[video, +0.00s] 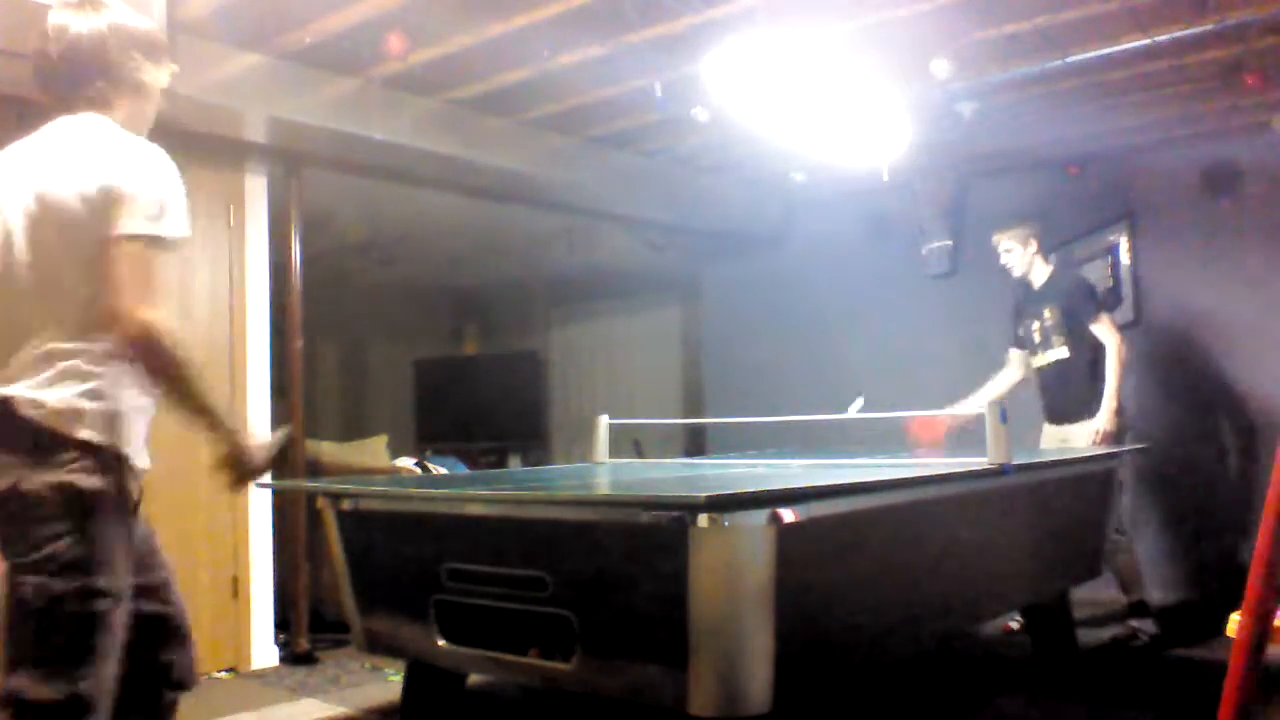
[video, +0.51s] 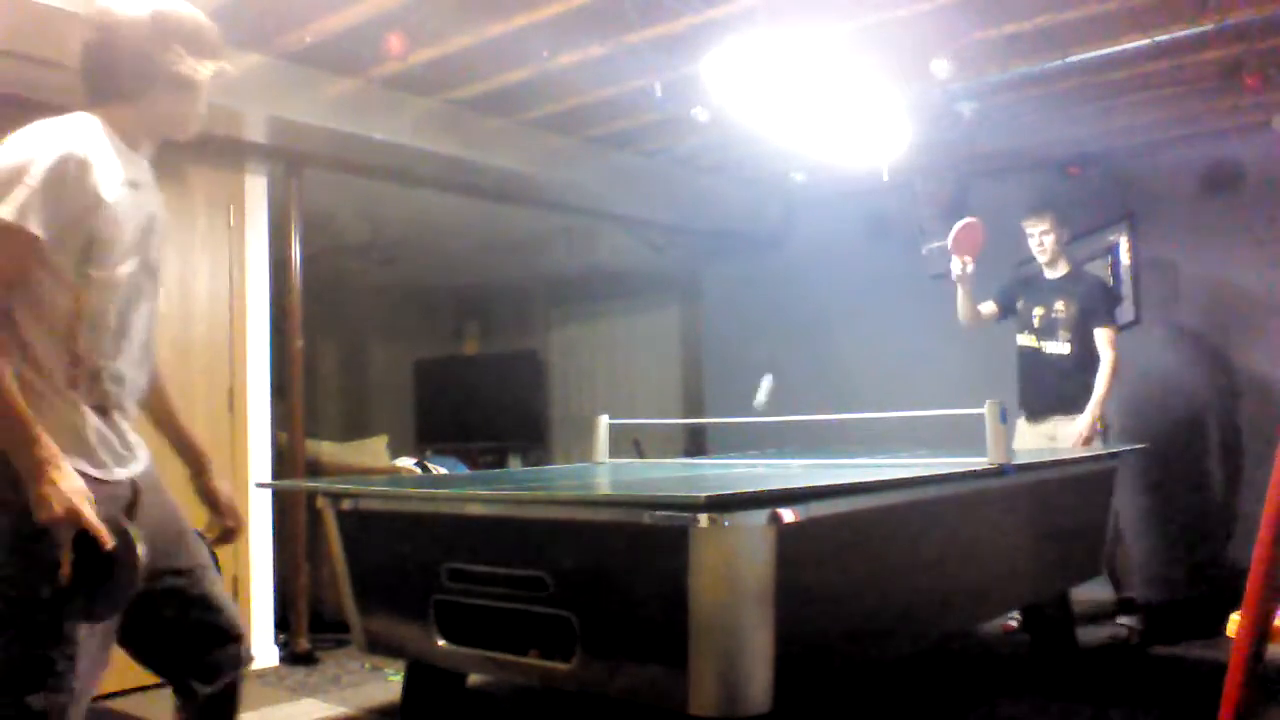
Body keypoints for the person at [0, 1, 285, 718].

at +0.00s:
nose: (167, 81)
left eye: (164, 62)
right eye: (158, 63)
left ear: (70, 73)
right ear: (126, 70)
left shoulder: (15, 160)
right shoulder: (134, 161)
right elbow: (134, 319)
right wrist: (231, 438)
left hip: (21, 459)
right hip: (72, 467)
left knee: (161, 657)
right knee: (61, 692)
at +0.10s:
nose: (170, 73)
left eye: (167, 54)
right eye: (160, 55)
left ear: (72, 66)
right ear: (126, 62)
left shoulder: (26, 149)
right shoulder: (103, 149)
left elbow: (35, 320)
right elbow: (51, 310)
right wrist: (170, 455)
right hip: (58, 466)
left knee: (158, 667)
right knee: (42, 684)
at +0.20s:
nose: (176, 53)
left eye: (172, 35)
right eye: (163, 32)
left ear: (118, 44)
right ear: (116, 40)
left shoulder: (80, 144)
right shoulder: (55, 131)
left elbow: (32, 319)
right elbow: (1, 305)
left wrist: (115, 440)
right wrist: (106, 436)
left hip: (87, 474)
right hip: (38, 467)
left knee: (149, 682)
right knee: (35, 699)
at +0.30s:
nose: (180, 53)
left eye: (176, 34)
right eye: (164, 30)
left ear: (122, 45)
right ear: (113, 37)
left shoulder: (90, 154)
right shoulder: (39, 133)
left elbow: (42, 335)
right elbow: (1, 338)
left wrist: (116, 451)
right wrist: (82, 432)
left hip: (92, 475)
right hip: (29, 469)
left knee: (161, 677)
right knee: (39, 699)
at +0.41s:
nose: (190, 62)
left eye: (185, 44)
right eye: (175, 41)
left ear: (127, 57)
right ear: (123, 50)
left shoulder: (109, 167)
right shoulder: (38, 142)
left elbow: (98, 362)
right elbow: (4, 347)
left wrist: (159, 471)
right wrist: (74, 459)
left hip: (102, 464)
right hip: (29, 471)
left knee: (194, 654)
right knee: (42, 687)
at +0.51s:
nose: (210, 83)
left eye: (209, 66)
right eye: (199, 64)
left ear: (156, 69)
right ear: (155, 65)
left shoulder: (137, 182)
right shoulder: (64, 155)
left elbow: (130, 355)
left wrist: (202, 467)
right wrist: (39, 464)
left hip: (127, 484)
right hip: (45, 488)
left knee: (216, 657)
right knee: (44, 699)